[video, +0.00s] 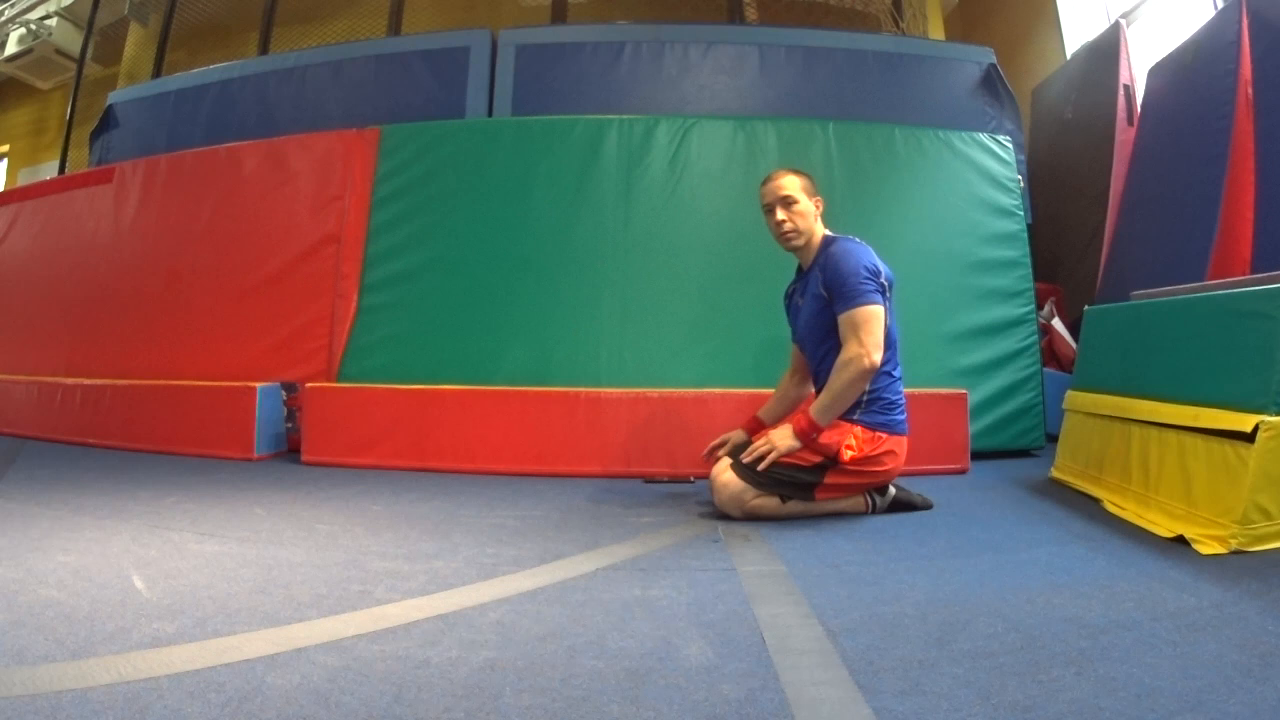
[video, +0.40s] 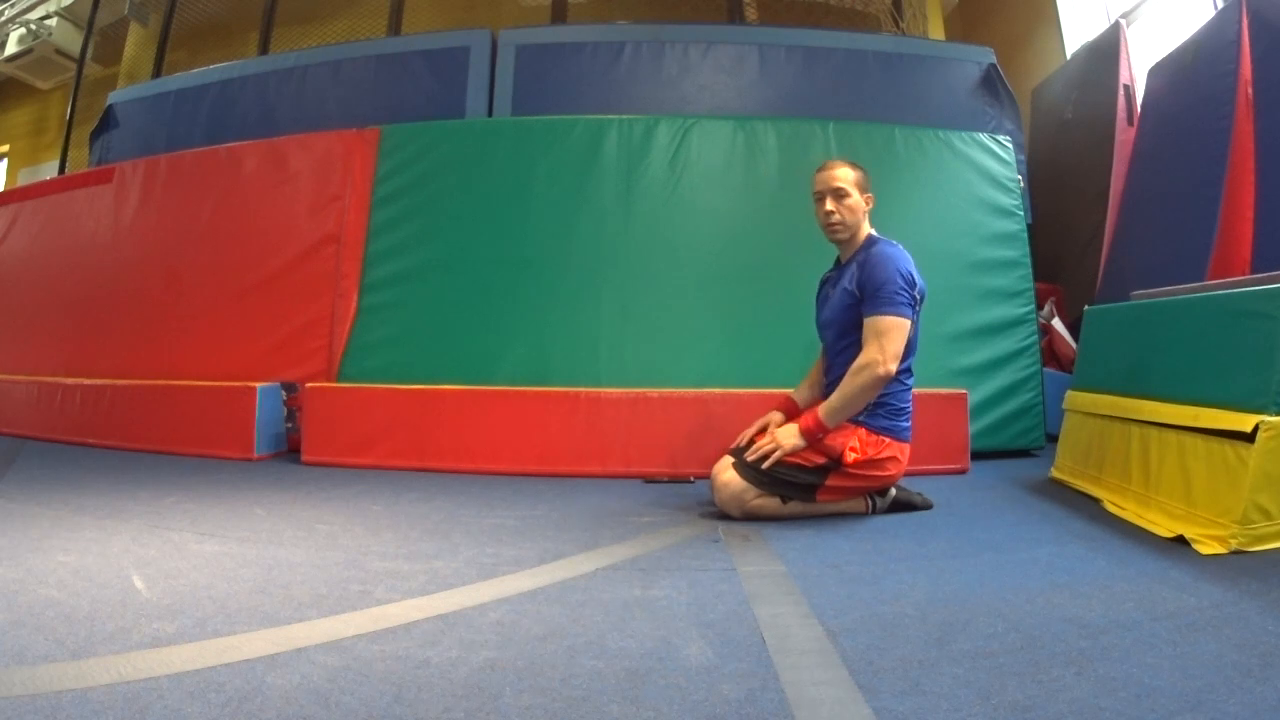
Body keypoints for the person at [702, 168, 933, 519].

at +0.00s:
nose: (778, 217)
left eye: (788, 204)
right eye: (769, 211)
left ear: (817, 206)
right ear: (765, 221)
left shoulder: (846, 257)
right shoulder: (798, 291)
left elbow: (864, 358)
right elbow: (800, 377)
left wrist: (799, 430)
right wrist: (750, 430)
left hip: (868, 439)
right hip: (837, 430)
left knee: (733, 493)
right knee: (724, 472)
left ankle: (868, 500)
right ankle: (858, 490)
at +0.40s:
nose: (828, 207)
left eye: (840, 195)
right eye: (819, 198)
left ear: (867, 203)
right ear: (814, 208)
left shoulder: (885, 261)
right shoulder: (834, 278)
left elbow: (880, 364)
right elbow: (832, 361)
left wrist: (805, 429)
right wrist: (783, 413)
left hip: (872, 444)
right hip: (842, 433)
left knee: (734, 493)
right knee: (724, 475)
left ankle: (870, 501)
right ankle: (859, 489)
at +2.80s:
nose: (837, 210)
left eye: (849, 197)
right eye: (830, 200)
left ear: (878, 202)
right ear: (824, 207)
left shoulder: (895, 263)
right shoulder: (848, 275)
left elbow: (883, 366)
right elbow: (833, 361)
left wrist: (806, 429)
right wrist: (788, 414)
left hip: (872, 444)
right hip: (844, 433)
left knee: (734, 494)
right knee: (724, 475)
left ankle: (870, 502)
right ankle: (858, 489)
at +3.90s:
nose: (835, 210)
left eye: (847, 197)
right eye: (829, 201)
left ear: (877, 202)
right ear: (823, 207)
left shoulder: (895, 263)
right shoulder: (848, 276)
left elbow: (882, 366)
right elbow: (832, 362)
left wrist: (805, 429)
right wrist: (787, 414)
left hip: (872, 444)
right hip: (844, 433)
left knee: (734, 493)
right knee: (724, 474)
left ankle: (869, 502)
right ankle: (859, 489)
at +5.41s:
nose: (833, 212)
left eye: (844, 198)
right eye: (826, 203)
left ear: (875, 201)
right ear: (822, 209)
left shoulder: (895, 263)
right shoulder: (849, 276)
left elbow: (884, 365)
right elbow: (835, 360)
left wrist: (810, 428)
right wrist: (791, 415)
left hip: (872, 443)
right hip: (846, 433)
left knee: (734, 494)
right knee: (725, 474)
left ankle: (869, 502)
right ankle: (862, 492)